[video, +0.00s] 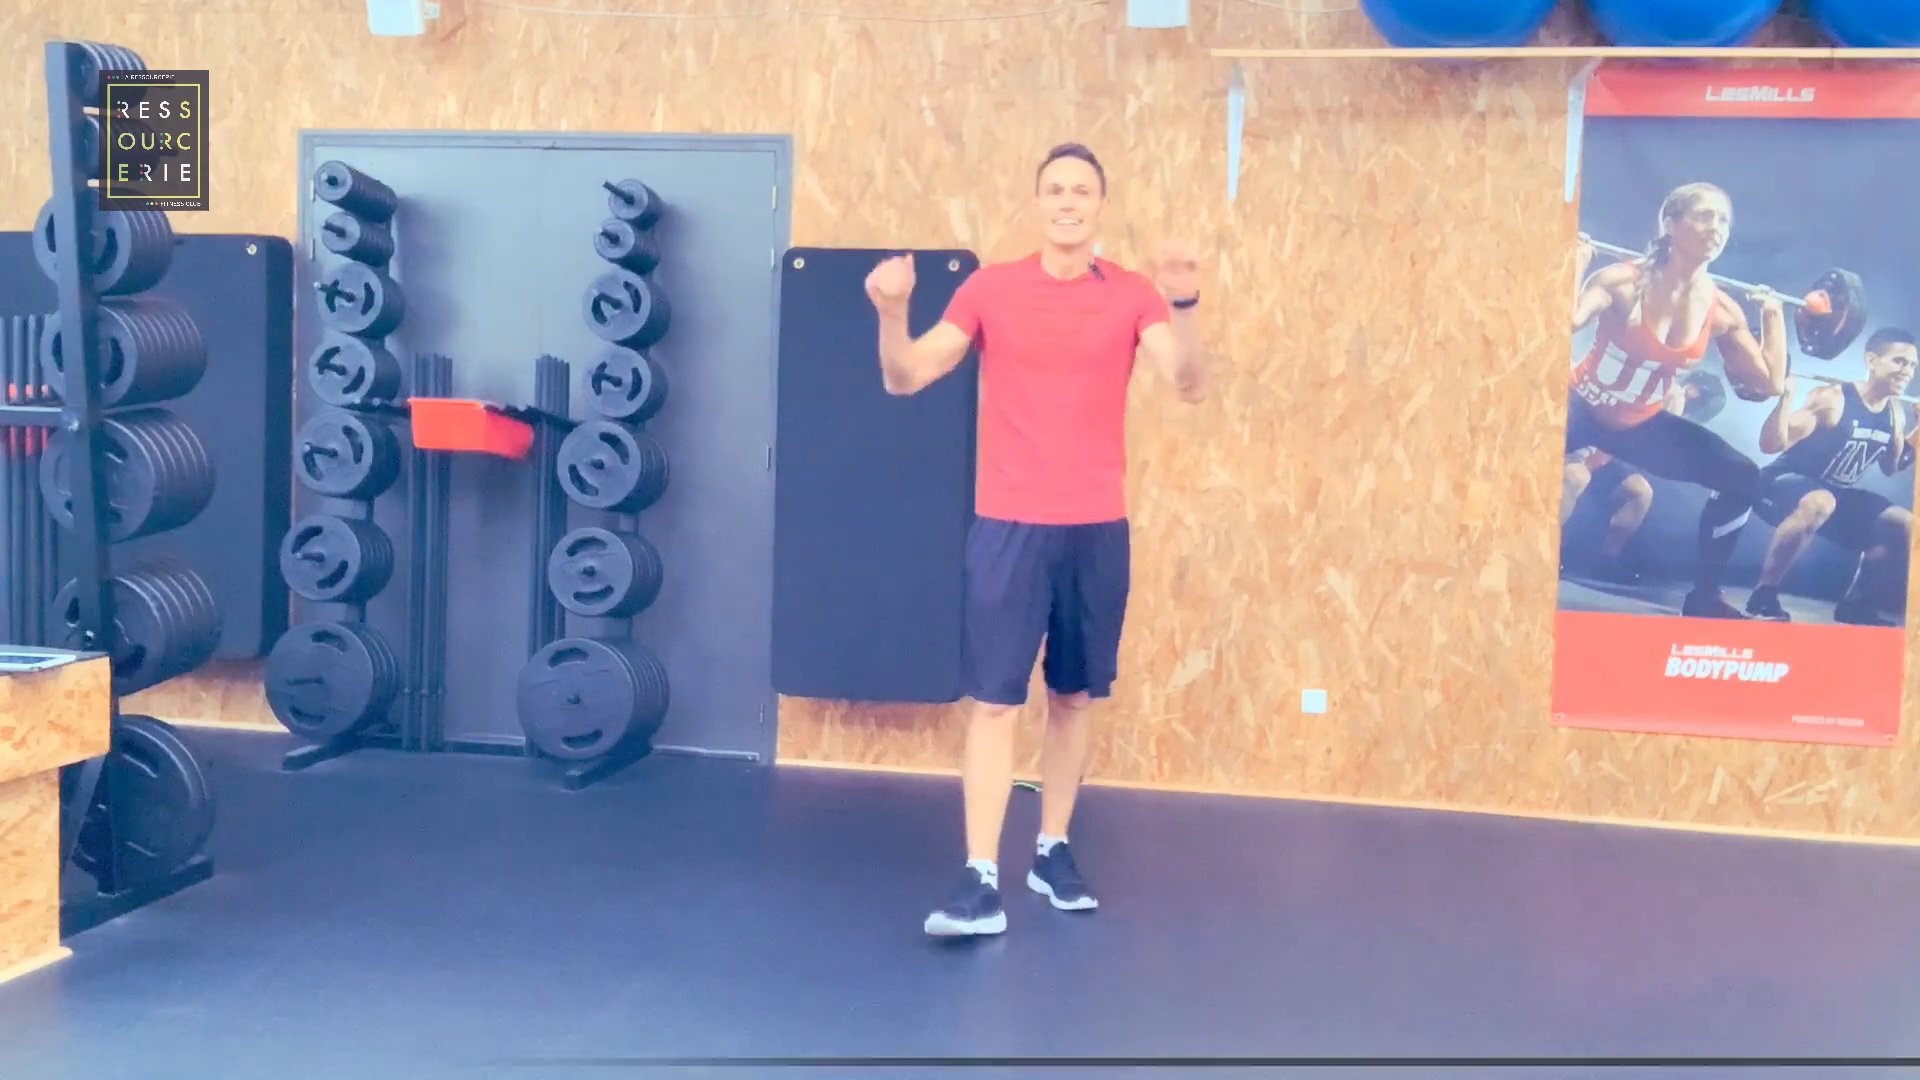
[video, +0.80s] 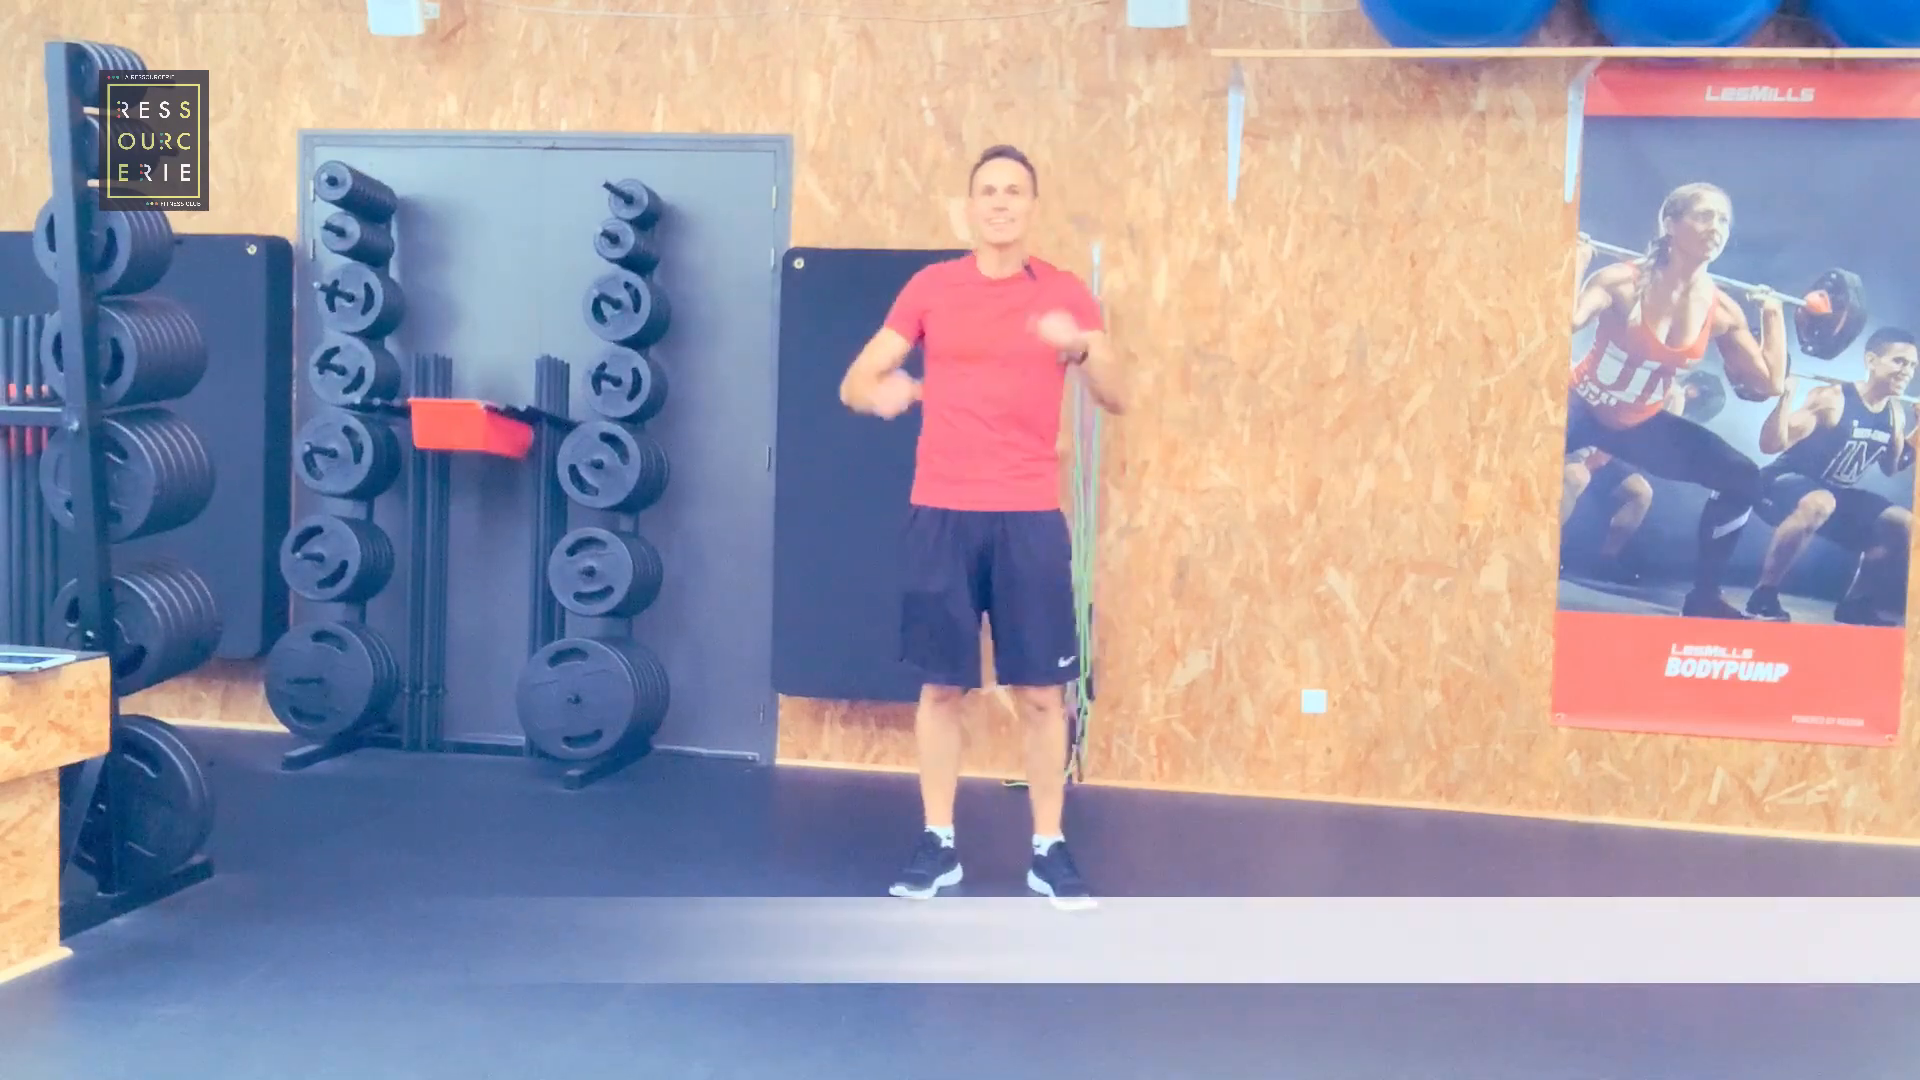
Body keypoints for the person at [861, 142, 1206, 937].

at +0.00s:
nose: (1068, 203)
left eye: (1081, 192)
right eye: (1056, 191)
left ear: (1103, 208)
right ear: (1035, 205)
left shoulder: (1133, 292)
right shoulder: (990, 287)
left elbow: (1189, 384)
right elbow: (906, 377)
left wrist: (1185, 305)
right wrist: (891, 312)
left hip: (1096, 524)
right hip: (1007, 523)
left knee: (1071, 696)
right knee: (995, 698)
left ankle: (1052, 851)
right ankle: (981, 881)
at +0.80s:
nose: (999, 204)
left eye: (1013, 193)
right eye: (988, 192)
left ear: (1034, 208)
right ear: (968, 207)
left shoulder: (1069, 294)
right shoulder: (930, 287)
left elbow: (1116, 399)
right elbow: (855, 384)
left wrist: (1085, 346)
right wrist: (881, 391)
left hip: (1031, 513)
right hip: (942, 511)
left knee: (1041, 692)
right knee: (940, 685)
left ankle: (1049, 850)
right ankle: (937, 846)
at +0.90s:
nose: (983, 205)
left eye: (998, 194)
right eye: (972, 192)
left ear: (1019, 208)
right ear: (953, 204)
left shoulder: (1051, 296)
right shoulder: (916, 291)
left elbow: (1093, 401)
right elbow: (860, 396)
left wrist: (1055, 417)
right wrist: (871, 460)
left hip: (1017, 515)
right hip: (929, 513)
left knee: (1032, 694)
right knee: (935, 687)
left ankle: (1047, 844)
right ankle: (937, 846)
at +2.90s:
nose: (989, 153)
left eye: (1003, 141)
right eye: (972, 142)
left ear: (1029, 164)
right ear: (948, 166)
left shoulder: (1066, 270)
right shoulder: (907, 264)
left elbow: (1089, 395)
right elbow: (843, 393)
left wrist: (1107, 428)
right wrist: (892, 424)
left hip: (1037, 525)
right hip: (940, 524)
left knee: (1022, 730)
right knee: (942, 730)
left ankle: (979, 877)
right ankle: (942, 923)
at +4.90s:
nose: (1014, 197)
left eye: (1030, 185)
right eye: (1003, 182)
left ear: (1053, 200)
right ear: (981, 193)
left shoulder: (1085, 291)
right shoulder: (935, 289)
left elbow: (1123, 406)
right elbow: (883, 406)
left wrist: (1102, 496)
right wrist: (914, 494)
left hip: (1056, 529)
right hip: (961, 528)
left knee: (1058, 712)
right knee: (963, 707)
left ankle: (1066, 902)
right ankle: (959, 876)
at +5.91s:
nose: (1074, 238)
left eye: (1089, 226)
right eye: (1063, 223)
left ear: (1110, 237)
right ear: (1043, 228)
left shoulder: (1135, 320)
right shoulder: (993, 311)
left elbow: (1148, 433)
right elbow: (945, 427)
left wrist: (1128, 535)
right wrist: (972, 526)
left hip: (1093, 539)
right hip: (1003, 535)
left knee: (1081, 705)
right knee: (979, 695)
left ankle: (1043, 850)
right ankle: (958, 864)